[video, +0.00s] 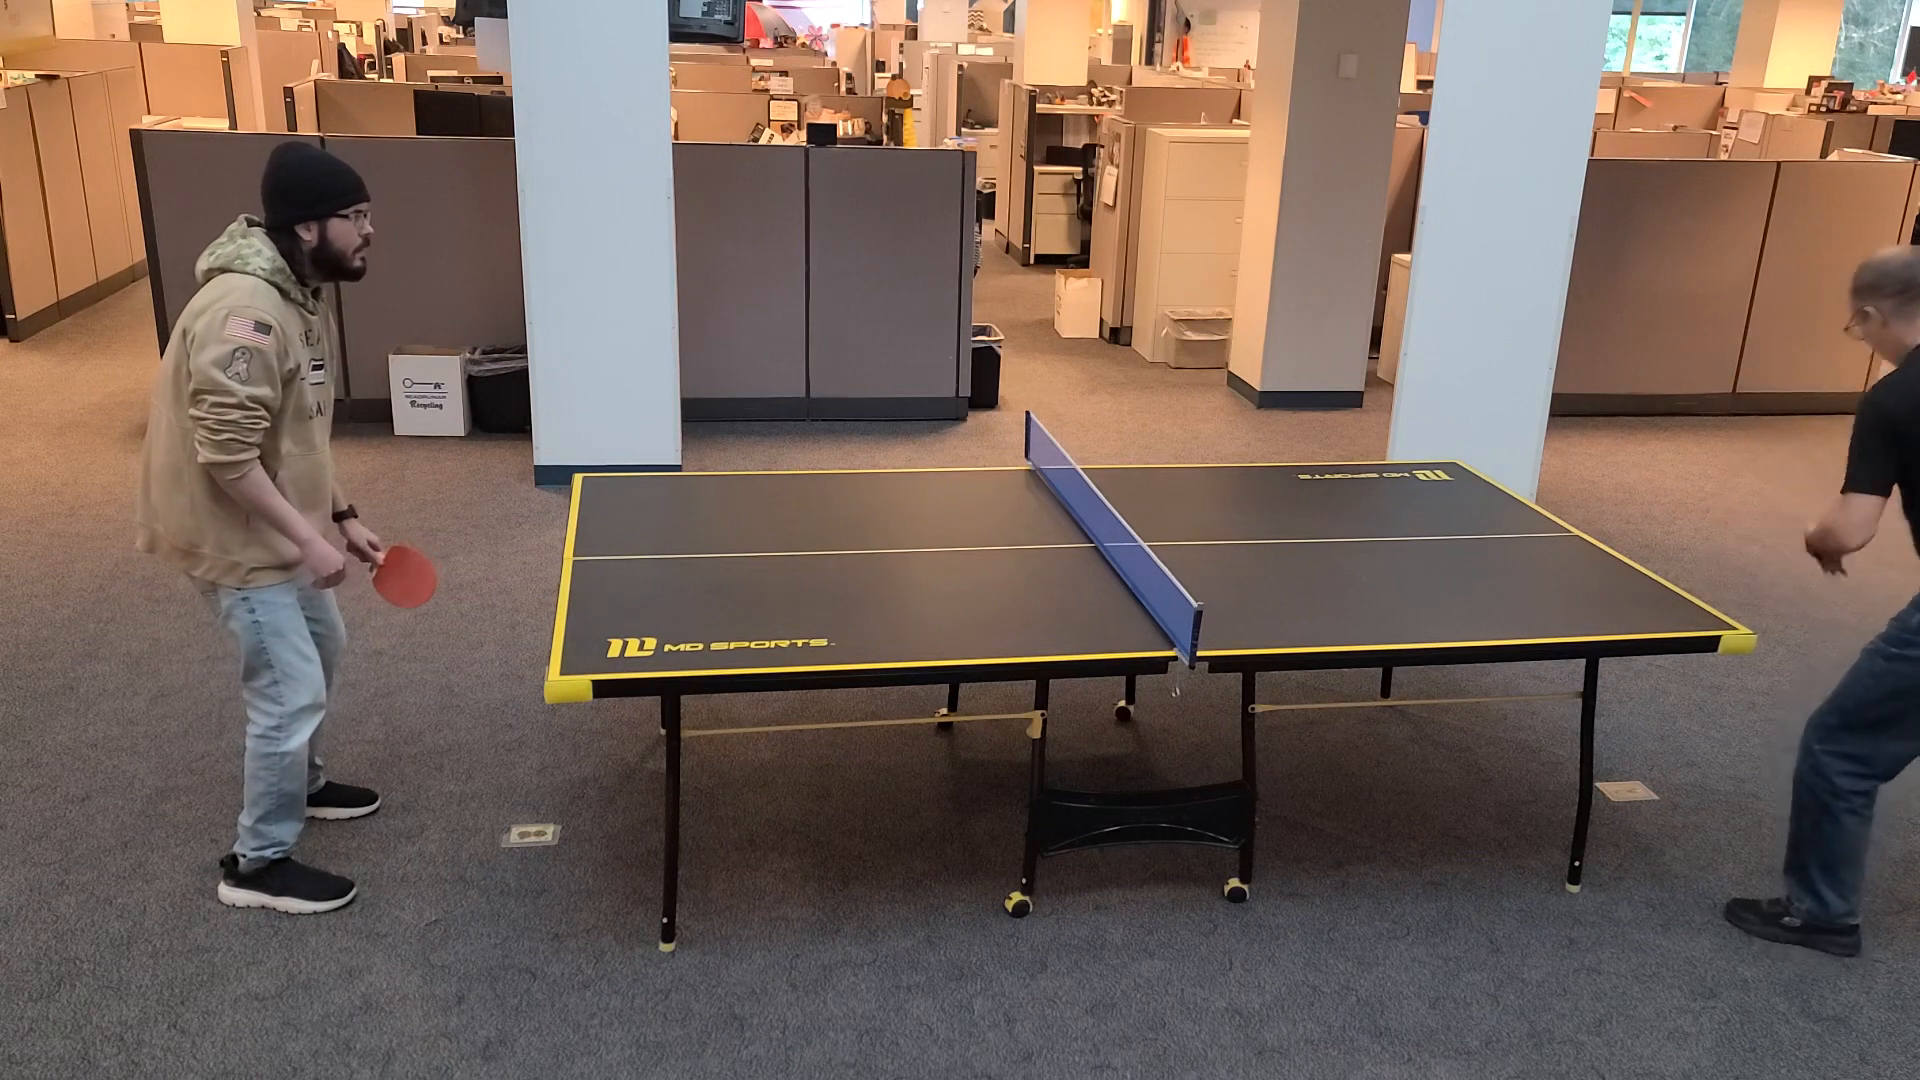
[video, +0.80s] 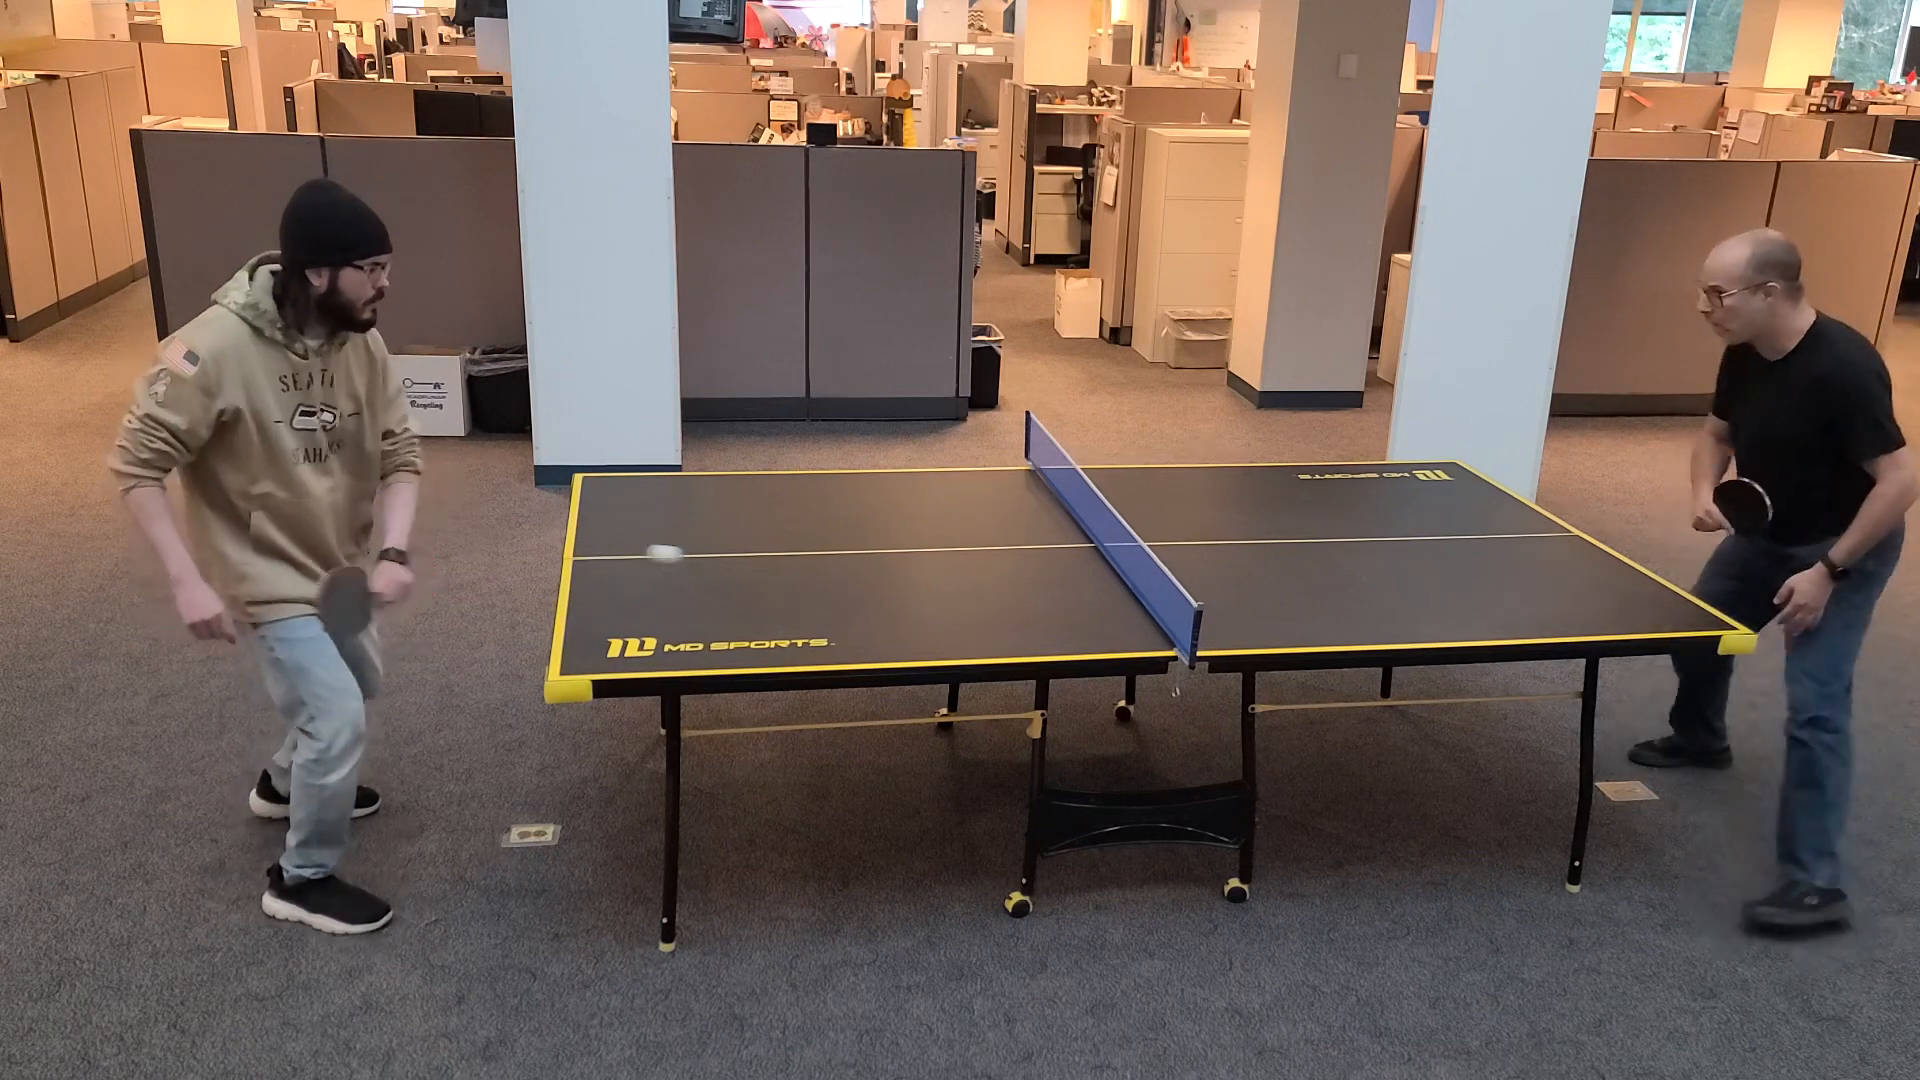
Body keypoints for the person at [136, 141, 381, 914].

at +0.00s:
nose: (368, 227)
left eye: (365, 212)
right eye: (354, 214)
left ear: (310, 226)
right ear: (305, 226)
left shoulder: (299, 291)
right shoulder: (244, 310)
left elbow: (297, 429)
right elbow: (227, 457)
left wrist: (341, 514)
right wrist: (305, 541)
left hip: (280, 520)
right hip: (229, 532)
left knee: (323, 648)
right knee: (291, 688)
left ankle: (296, 787)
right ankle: (258, 858)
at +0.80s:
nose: (385, 282)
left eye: (385, 265)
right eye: (370, 267)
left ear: (326, 274)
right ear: (316, 273)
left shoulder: (359, 344)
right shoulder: (216, 351)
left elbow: (399, 457)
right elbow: (136, 467)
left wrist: (393, 551)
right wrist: (187, 582)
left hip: (338, 564)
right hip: (262, 578)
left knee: (358, 681)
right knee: (335, 716)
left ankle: (289, 781)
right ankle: (303, 876)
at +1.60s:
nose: (402, 231)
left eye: (398, 215)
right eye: (388, 218)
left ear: (344, 231)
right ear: (338, 231)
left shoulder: (346, 298)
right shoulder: (260, 320)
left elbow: (357, 428)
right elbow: (196, 449)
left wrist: (393, 512)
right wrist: (284, 542)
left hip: (358, 543)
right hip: (300, 560)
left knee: (373, 679)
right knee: (349, 709)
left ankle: (344, 800)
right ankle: (302, 873)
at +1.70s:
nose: (402, 231)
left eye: (398, 215)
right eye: (387, 218)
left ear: (346, 230)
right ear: (337, 231)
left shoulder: (353, 300)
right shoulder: (259, 319)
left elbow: (361, 428)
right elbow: (193, 446)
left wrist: (400, 516)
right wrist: (280, 540)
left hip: (358, 543)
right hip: (297, 560)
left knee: (374, 679)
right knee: (347, 709)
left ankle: (344, 800)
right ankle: (302, 873)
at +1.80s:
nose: (401, 235)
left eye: (398, 219)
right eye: (387, 222)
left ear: (347, 233)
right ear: (335, 234)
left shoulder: (365, 307)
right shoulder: (254, 320)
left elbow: (380, 425)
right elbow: (182, 442)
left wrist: (406, 514)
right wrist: (265, 540)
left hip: (363, 546)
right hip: (298, 562)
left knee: (376, 674)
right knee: (346, 711)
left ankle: (344, 800)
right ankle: (301, 873)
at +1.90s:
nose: (401, 236)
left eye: (399, 221)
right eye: (387, 223)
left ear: (346, 232)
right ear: (335, 231)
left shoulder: (376, 312)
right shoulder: (246, 317)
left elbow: (395, 426)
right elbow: (170, 435)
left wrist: (405, 514)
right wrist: (242, 541)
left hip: (358, 553)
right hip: (293, 566)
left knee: (368, 678)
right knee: (341, 714)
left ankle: (344, 799)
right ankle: (301, 874)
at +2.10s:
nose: (402, 262)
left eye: (402, 246)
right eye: (388, 247)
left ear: (352, 253)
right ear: (336, 252)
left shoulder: (383, 333)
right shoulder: (235, 332)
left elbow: (407, 449)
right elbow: (152, 442)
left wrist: (409, 547)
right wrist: (204, 555)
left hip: (362, 559)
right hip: (283, 573)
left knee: (384, 685)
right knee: (345, 720)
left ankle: (347, 801)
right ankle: (303, 874)